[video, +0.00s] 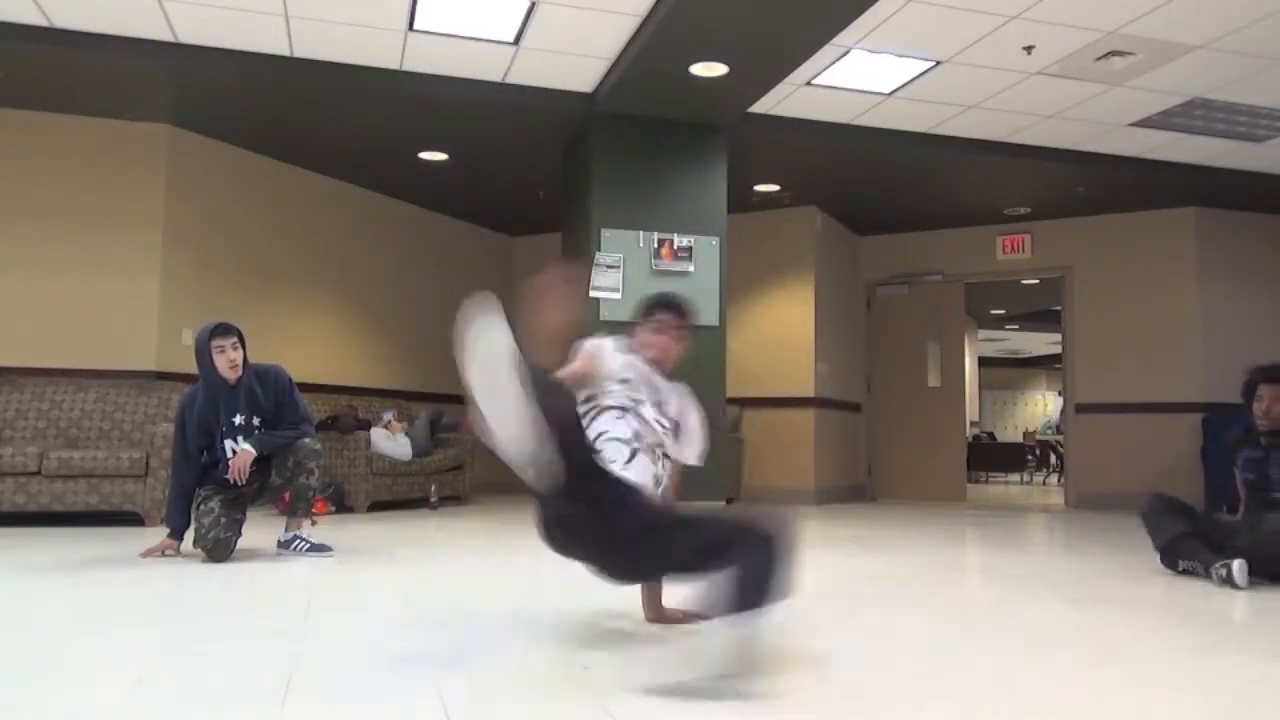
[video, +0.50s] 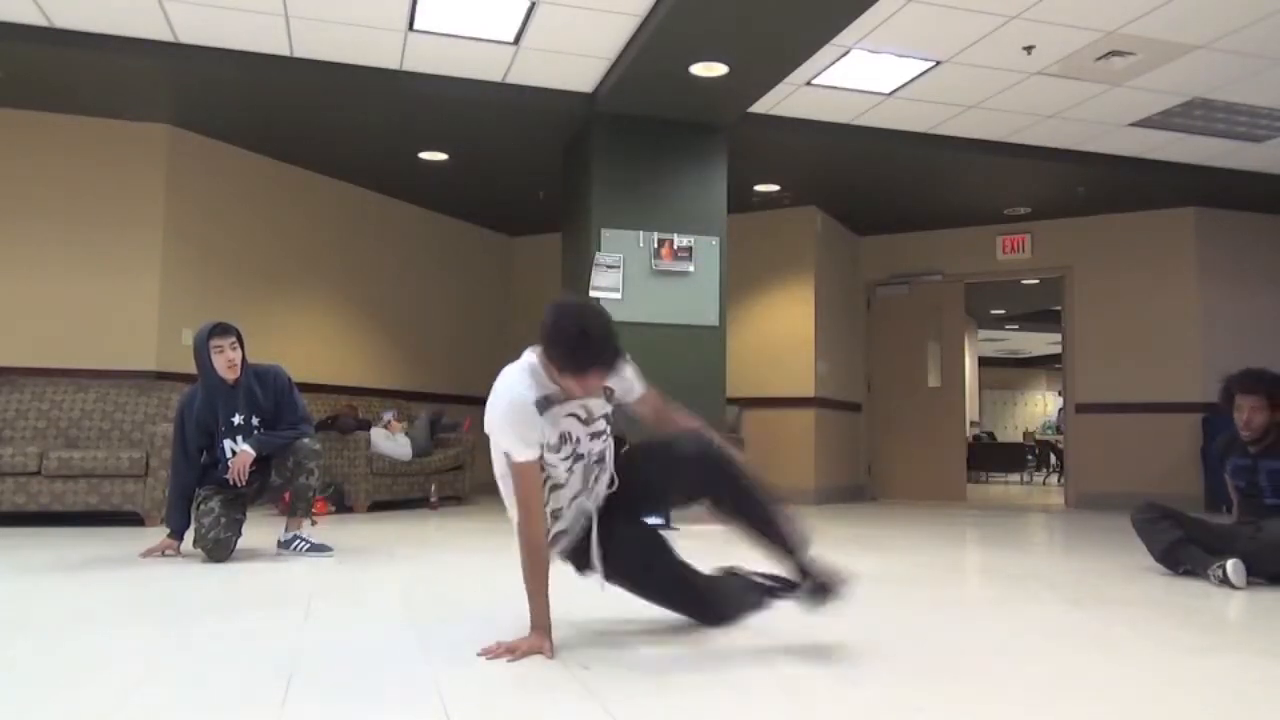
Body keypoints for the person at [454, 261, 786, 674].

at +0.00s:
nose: (663, 341)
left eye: (675, 334)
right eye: (655, 329)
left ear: (685, 346)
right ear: (636, 333)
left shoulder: (684, 412)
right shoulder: (605, 354)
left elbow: (664, 511)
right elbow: (552, 390)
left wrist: (654, 608)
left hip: (635, 536)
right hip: (578, 508)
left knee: (757, 542)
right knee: (552, 402)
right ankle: (519, 411)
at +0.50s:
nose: (598, 388)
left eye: (602, 377)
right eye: (587, 381)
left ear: (607, 358)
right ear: (557, 367)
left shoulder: (606, 360)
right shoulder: (516, 401)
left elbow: (658, 411)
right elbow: (530, 523)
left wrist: (721, 450)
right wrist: (539, 631)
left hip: (618, 473)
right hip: (584, 529)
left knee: (701, 458)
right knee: (711, 606)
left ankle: (802, 566)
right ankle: (751, 585)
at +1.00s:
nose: (587, 443)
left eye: (606, 431)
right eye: (576, 433)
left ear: (627, 382)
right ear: (561, 394)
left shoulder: (654, 351)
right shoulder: (543, 383)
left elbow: (706, 459)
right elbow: (545, 517)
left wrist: (613, 515)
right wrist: (539, 626)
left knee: (695, 481)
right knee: (478, 479)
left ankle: (718, 595)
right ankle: (426, 580)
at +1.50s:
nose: (563, 203)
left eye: (570, 189)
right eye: (554, 192)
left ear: (598, 173)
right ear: (545, 184)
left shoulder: (659, 213)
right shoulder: (548, 221)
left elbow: (718, 295)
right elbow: (536, 302)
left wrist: (658, 353)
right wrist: (508, 368)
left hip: (666, 331)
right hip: (599, 335)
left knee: (689, 462)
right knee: (545, 442)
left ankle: (716, 594)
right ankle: (527, 561)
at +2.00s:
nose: (488, 125)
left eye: (494, 112)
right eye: (481, 116)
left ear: (523, 108)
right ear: (480, 122)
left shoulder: (562, 161)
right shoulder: (506, 175)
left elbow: (625, 226)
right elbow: (532, 243)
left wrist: (571, 288)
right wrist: (537, 303)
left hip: (580, 309)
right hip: (548, 313)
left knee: (540, 422)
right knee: (572, 432)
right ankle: (625, 543)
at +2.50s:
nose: (464, 158)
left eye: (470, 145)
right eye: (455, 150)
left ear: (495, 139)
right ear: (451, 153)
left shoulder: (527, 190)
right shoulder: (470, 205)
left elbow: (552, 274)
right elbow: (469, 266)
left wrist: (492, 304)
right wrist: (459, 293)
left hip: (558, 313)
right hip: (519, 318)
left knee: (516, 427)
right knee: (498, 431)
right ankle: (515, 555)